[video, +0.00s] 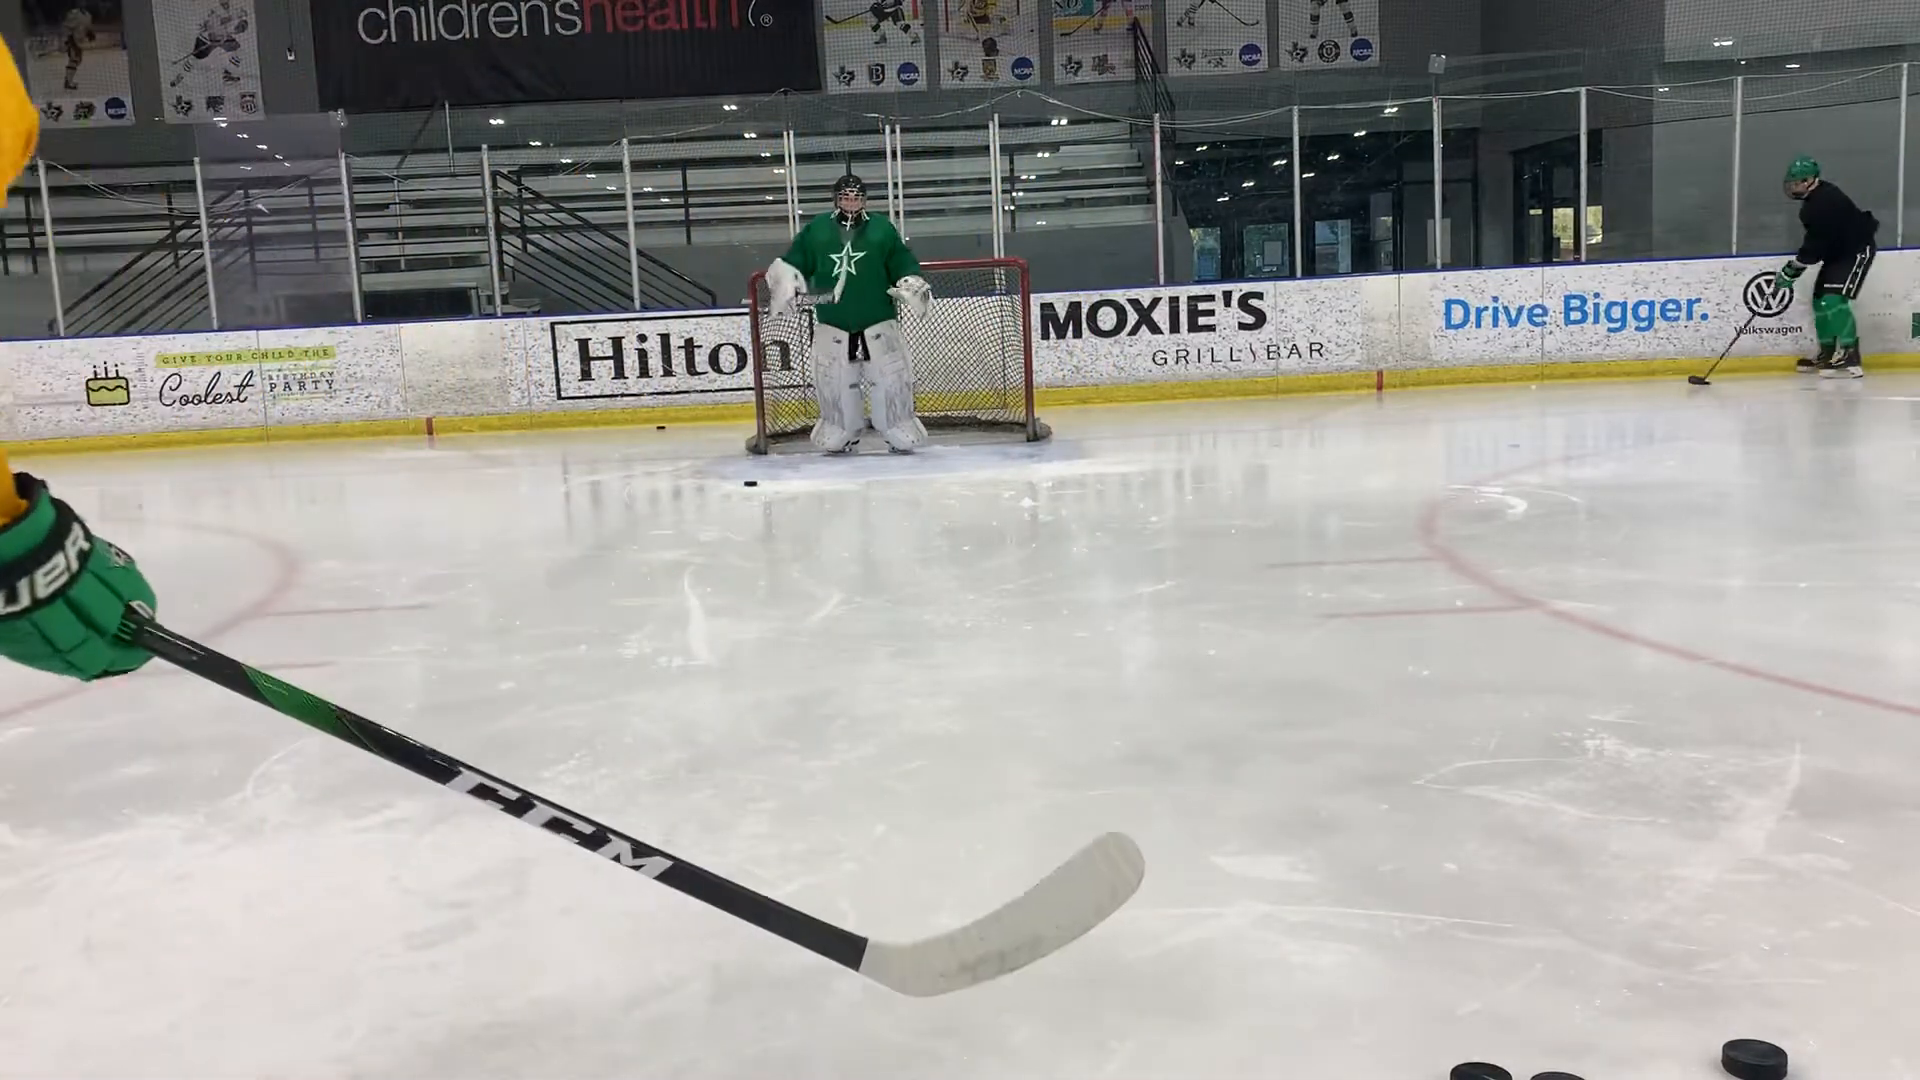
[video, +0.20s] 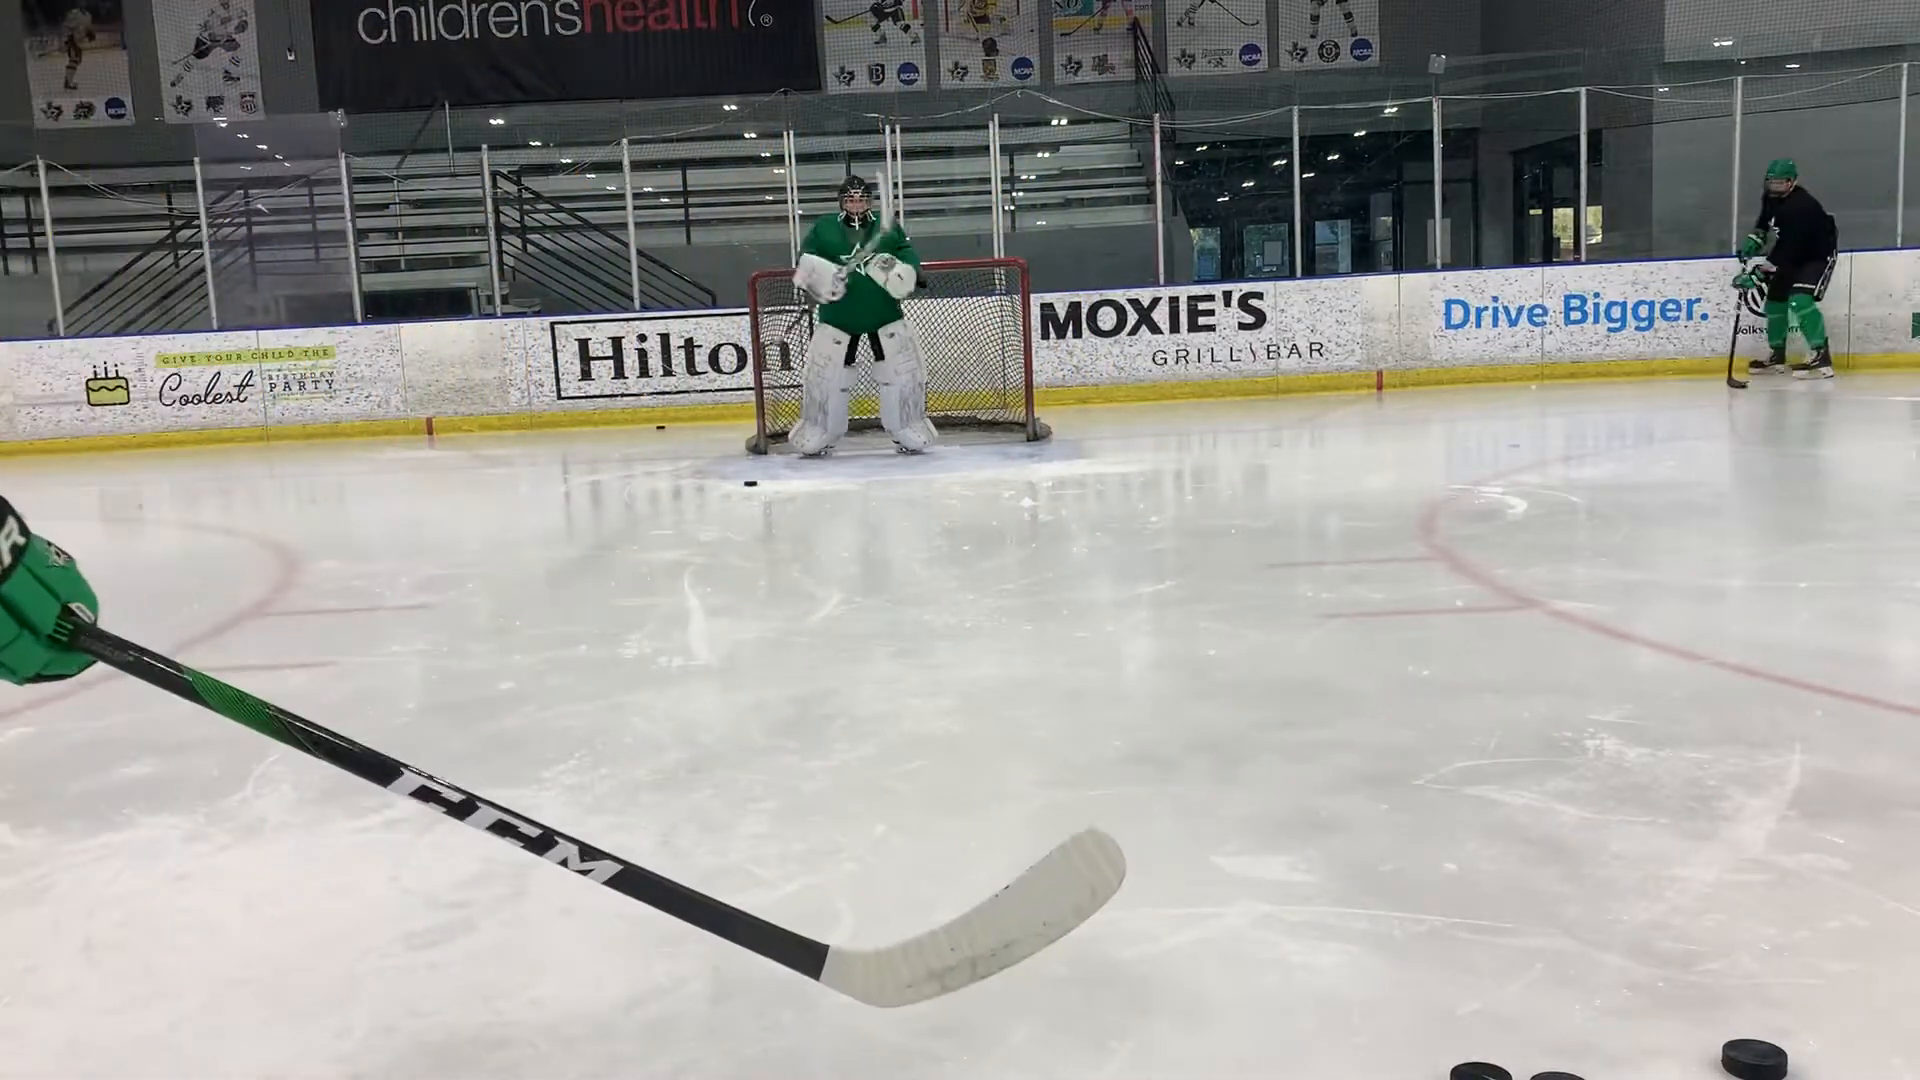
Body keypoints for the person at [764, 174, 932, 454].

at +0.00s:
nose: (850, 201)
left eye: (855, 196)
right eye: (845, 196)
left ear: (863, 199)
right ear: (837, 199)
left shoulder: (881, 228)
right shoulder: (818, 229)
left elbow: (902, 261)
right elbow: (794, 260)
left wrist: (912, 285)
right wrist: (784, 281)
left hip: (878, 318)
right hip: (833, 320)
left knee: (891, 377)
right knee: (834, 380)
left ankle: (901, 435)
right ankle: (840, 437)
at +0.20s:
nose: (856, 203)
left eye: (861, 197)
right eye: (850, 198)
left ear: (869, 200)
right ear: (841, 201)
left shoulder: (887, 229)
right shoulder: (824, 229)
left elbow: (911, 264)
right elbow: (805, 265)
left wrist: (893, 270)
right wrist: (827, 278)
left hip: (884, 316)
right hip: (838, 318)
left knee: (901, 374)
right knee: (825, 377)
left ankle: (907, 433)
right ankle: (819, 436)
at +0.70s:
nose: (870, 205)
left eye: (876, 199)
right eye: (865, 199)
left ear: (885, 202)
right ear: (855, 203)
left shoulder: (901, 230)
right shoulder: (838, 232)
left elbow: (918, 270)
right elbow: (820, 275)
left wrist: (894, 280)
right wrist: (850, 283)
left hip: (900, 320)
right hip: (858, 321)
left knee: (926, 378)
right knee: (842, 386)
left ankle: (948, 440)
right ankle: (817, 449)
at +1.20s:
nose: (884, 204)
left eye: (890, 199)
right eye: (879, 199)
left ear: (900, 201)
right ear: (869, 202)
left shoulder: (918, 230)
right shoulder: (850, 232)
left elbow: (941, 268)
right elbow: (826, 276)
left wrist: (932, 274)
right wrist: (843, 303)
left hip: (915, 322)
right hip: (868, 326)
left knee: (946, 385)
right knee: (846, 393)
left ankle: (976, 448)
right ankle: (820, 458)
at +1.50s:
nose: (894, 234)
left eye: (899, 227)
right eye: (888, 228)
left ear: (908, 228)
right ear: (879, 229)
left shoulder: (927, 254)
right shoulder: (858, 260)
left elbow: (950, 302)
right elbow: (838, 301)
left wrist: (953, 276)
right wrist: (840, 338)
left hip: (924, 341)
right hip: (879, 346)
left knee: (956, 398)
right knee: (865, 408)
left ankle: (994, 455)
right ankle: (825, 461)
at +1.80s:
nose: (906, 266)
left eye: (912, 260)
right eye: (900, 261)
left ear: (921, 262)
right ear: (889, 262)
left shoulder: (939, 285)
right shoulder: (867, 291)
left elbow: (963, 336)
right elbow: (848, 333)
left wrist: (965, 312)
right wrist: (847, 372)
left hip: (938, 367)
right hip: (890, 372)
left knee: (978, 408)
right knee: (867, 421)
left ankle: (1022, 451)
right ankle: (822, 463)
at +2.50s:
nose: (916, 292)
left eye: (921, 286)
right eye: (909, 286)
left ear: (931, 285)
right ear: (898, 286)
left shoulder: (950, 307)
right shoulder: (877, 311)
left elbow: (977, 359)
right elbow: (850, 349)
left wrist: (973, 349)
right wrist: (849, 388)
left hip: (946, 389)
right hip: (895, 399)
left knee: (981, 415)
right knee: (870, 434)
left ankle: (1019, 448)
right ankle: (827, 464)